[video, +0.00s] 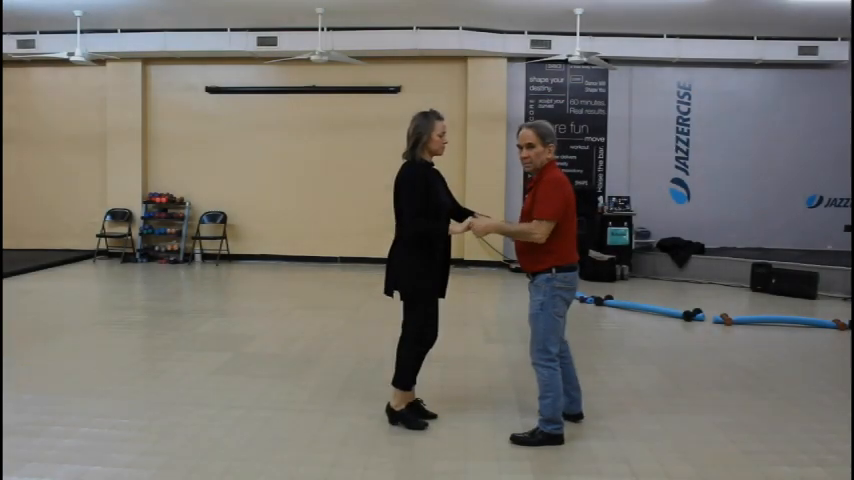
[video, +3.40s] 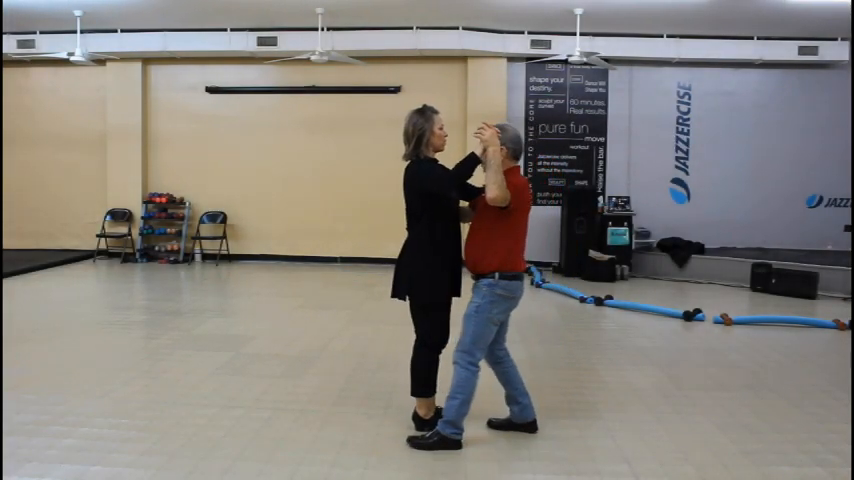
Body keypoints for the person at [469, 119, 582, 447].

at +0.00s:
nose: (523, 153)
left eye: (530, 147)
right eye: (520, 147)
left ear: (549, 149)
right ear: (519, 149)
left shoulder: (554, 182)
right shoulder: (539, 181)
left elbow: (539, 233)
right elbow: (532, 229)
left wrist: (495, 227)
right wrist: (497, 226)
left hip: (553, 279)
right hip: (547, 276)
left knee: (544, 354)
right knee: (556, 346)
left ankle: (550, 427)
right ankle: (571, 407)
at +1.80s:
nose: (513, 153)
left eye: (517, 146)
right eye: (513, 147)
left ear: (536, 148)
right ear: (536, 148)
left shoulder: (552, 179)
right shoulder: (534, 179)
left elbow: (529, 218)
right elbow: (510, 212)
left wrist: (500, 181)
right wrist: (464, 207)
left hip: (549, 279)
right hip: (535, 277)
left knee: (541, 353)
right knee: (531, 349)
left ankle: (548, 424)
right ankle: (537, 412)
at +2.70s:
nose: (492, 151)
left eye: (497, 145)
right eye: (491, 145)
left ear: (516, 148)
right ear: (512, 148)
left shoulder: (533, 178)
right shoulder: (501, 183)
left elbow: (509, 197)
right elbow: (466, 209)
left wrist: (499, 156)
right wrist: (433, 199)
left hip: (523, 276)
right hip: (507, 276)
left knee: (496, 347)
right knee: (514, 347)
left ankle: (518, 418)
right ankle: (525, 416)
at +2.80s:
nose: (491, 152)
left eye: (495, 146)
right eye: (489, 146)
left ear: (513, 148)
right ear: (509, 149)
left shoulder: (530, 179)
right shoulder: (499, 184)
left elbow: (506, 198)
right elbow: (463, 208)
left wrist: (497, 156)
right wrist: (432, 195)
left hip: (518, 277)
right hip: (504, 276)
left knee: (489, 349)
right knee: (512, 348)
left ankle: (489, 426)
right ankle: (525, 417)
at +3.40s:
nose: (481, 150)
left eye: (487, 145)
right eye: (483, 145)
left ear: (503, 151)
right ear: (503, 152)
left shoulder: (517, 181)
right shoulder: (496, 183)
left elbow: (496, 198)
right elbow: (466, 213)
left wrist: (491, 156)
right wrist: (432, 208)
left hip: (498, 282)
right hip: (496, 280)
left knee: (466, 356)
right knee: (495, 351)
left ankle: (449, 430)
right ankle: (523, 416)